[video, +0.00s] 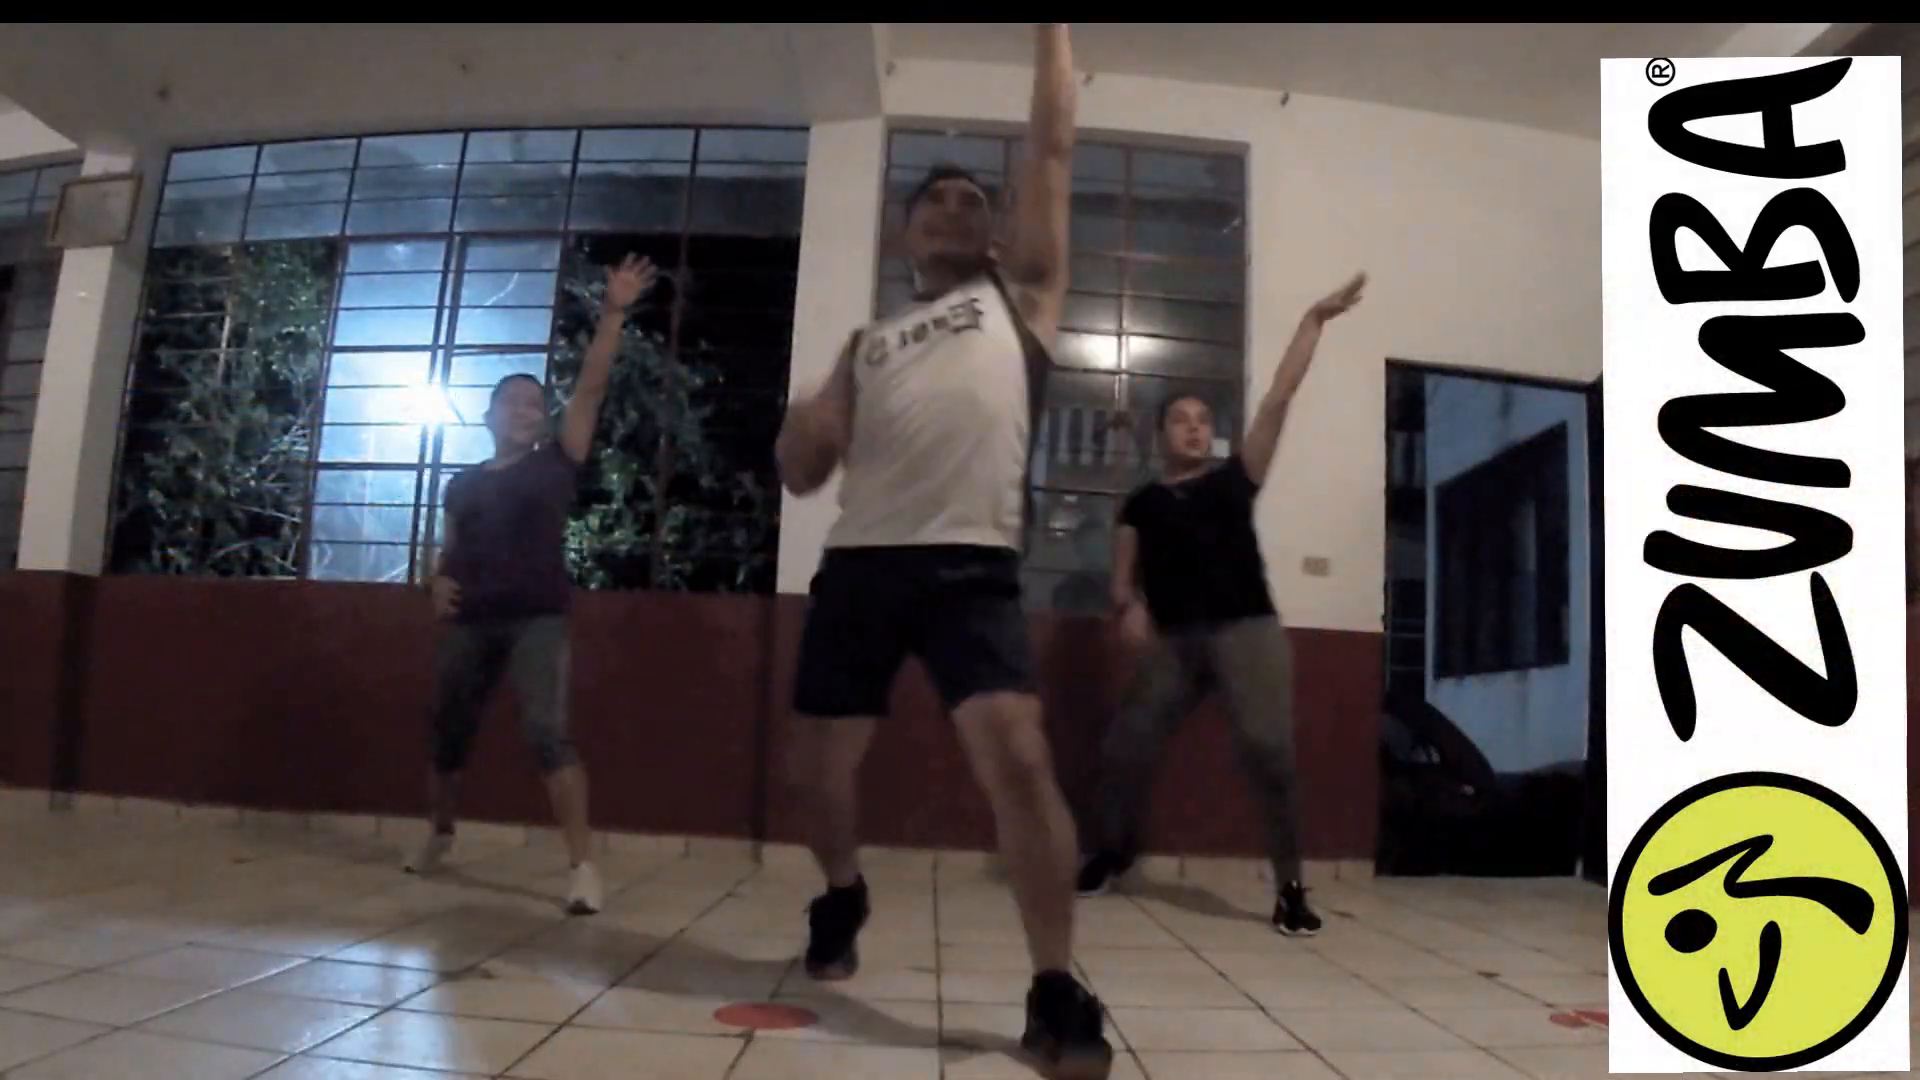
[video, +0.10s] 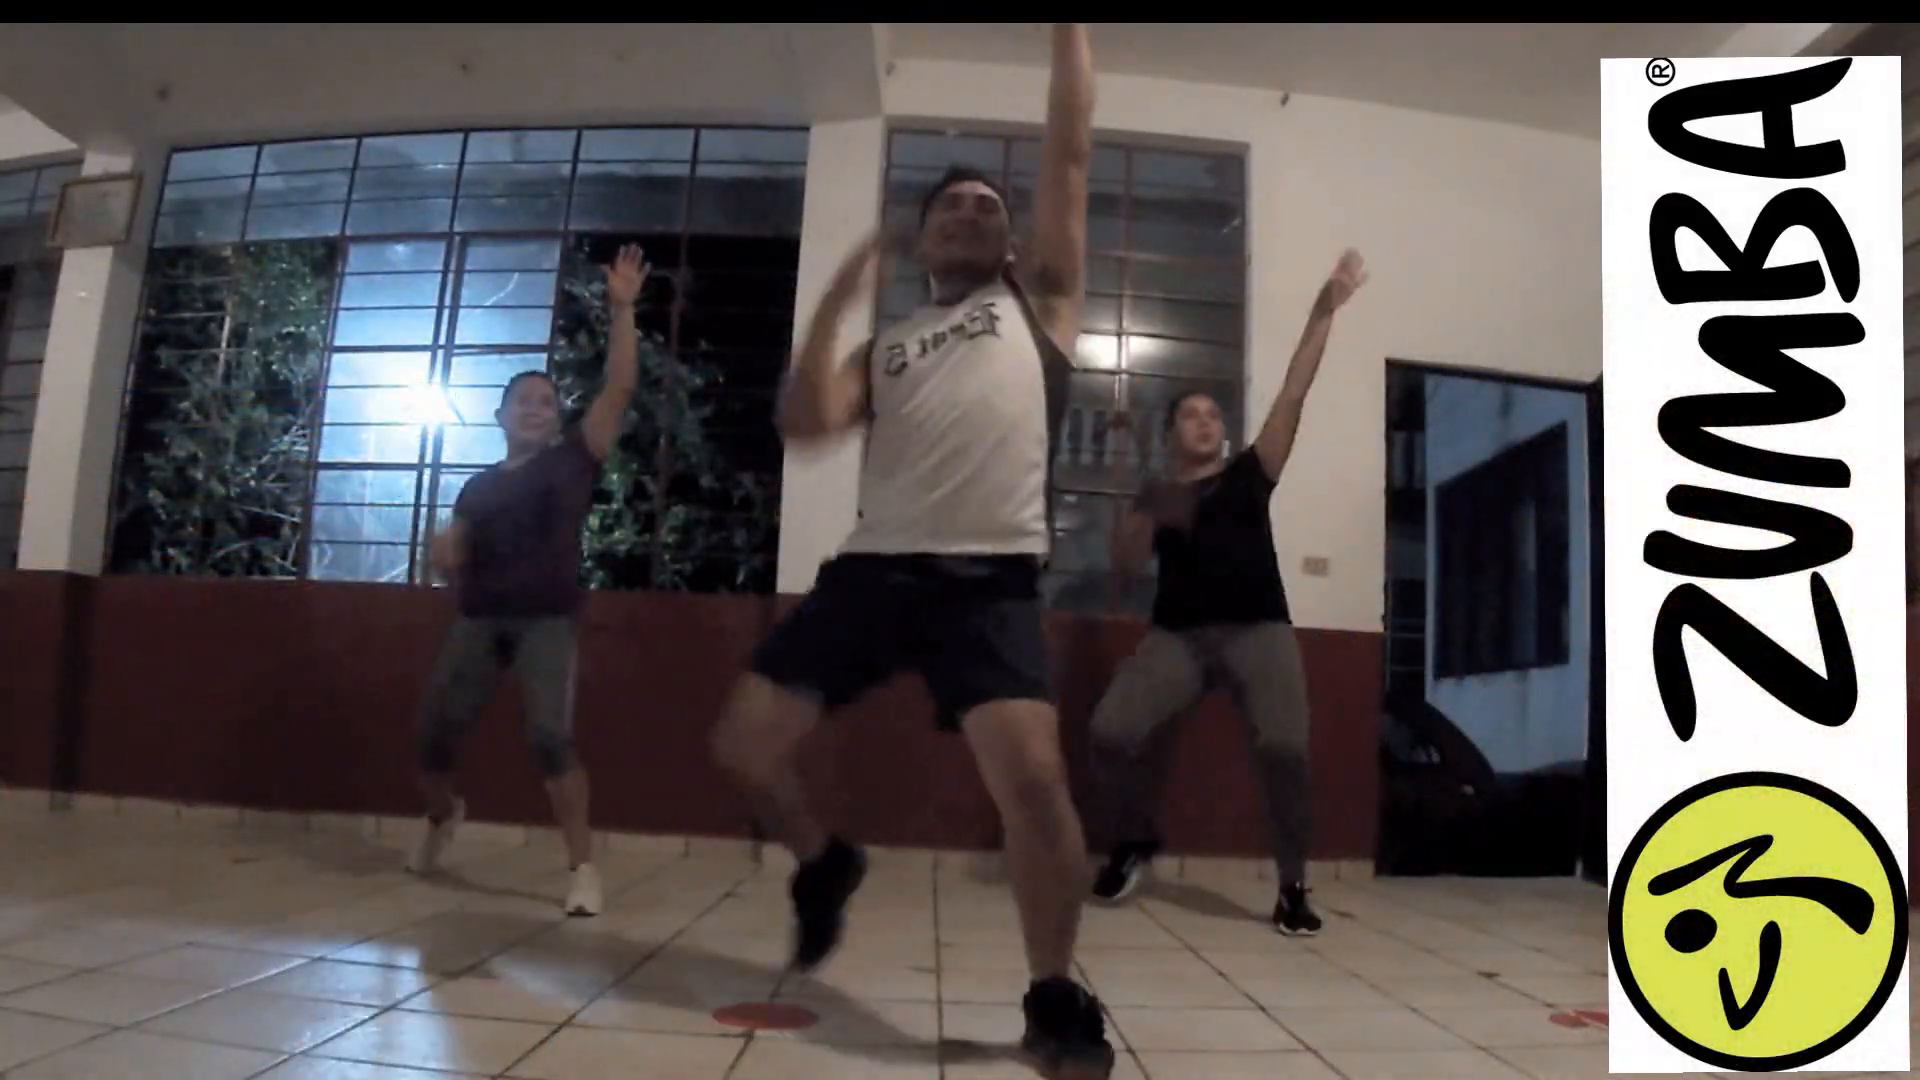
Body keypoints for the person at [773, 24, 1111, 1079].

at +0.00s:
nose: (956, 206)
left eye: (972, 203)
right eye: (936, 201)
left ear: (996, 236)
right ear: (907, 237)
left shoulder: (1020, 299)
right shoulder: (866, 346)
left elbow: (1053, 142)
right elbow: (800, 475)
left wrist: (1055, 25)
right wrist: (805, 432)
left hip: (973, 570)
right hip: (859, 570)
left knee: (1021, 765)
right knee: (819, 779)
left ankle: (1056, 986)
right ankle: (840, 895)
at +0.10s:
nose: (968, 206)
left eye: (986, 204)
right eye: (950, 201)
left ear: (1010, 242)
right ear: (921, 241)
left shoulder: (1034, 308)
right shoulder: (884, 352)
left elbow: (1071, 150)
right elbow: (802, 421)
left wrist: (1069, 26)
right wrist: (838, 300)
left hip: (992, 586)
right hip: (871, 577)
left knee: (1035, 780)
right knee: (746, 744)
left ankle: (1056, 993)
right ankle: (820, 860)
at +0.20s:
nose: (969, 200)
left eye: (987, 196)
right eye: (952, 193)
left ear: (1013, 234)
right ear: (924, 227)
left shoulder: (1041, 305)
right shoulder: (880, 318)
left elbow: (1079, 149)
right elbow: (777, 277)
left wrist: (1082, 25)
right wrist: (855, 153)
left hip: (994, 585)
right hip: (866, 572)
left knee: (1040, 772)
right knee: (711, 704)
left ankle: (1054, 991)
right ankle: (789, 866)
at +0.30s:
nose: (965, 175)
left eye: (983, 169)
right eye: (942, 165)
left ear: (1003, 209)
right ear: (906, 196)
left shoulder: (1019, 288)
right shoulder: (860, 274)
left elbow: (1086, 147)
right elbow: (801, 146)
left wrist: (1093, 20)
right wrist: (826, 37)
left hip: (982, 565)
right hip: (846, 550)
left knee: (1029, 762)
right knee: (714, 712)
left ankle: (1055, 988)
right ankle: (726, 921)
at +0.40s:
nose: (936, 177)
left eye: (956, 170)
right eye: (918, 165)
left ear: (976, 201)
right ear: (881, 188)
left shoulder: (987, 283)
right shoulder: (839, 248)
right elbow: (824, 102)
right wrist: (820, 18)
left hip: (947, 559)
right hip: (815, 546)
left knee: (991, 766)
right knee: (739, 758)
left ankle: (1052, 985)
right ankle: (670, 979)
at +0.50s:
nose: (909, 197)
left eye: (926, 190)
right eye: (891, 183)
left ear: (943, 221)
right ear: (850, 202)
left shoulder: (946, 327)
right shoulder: (799, 264)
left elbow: (1057, 349)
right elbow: (792, 115)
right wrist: (792, 13)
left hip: (913, 575)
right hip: (786, 567)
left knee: (1000, 755)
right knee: (710, 757)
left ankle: (1051, 980)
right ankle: (665, 980)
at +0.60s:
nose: (877, 246)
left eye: (896, 230)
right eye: (860, 226)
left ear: (918, 242)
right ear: (824, 229)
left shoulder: (919, 356)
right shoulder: (775, 295)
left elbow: (980, 482)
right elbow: (765, 135)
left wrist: (999, 377)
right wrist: (757, 15)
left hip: (903, 586)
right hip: (775, 590)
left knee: (1038, 715)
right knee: (698, 750)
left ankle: (1010, 912)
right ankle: (664, 979)